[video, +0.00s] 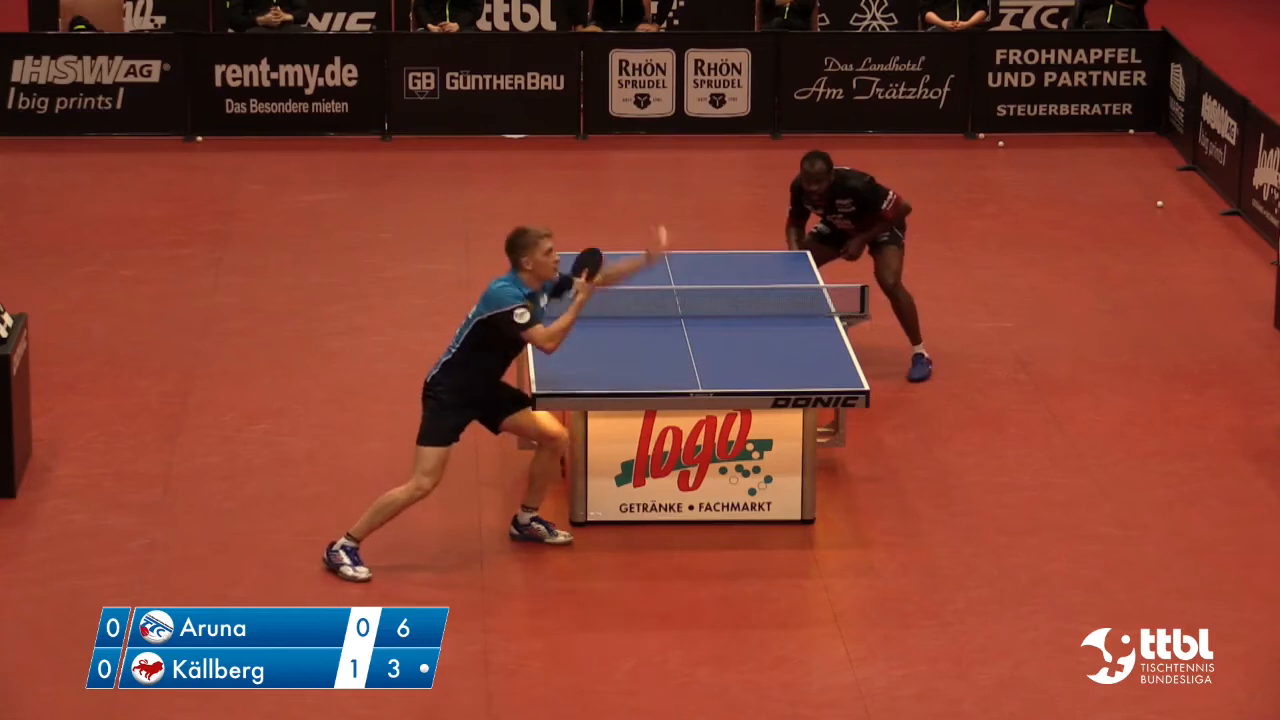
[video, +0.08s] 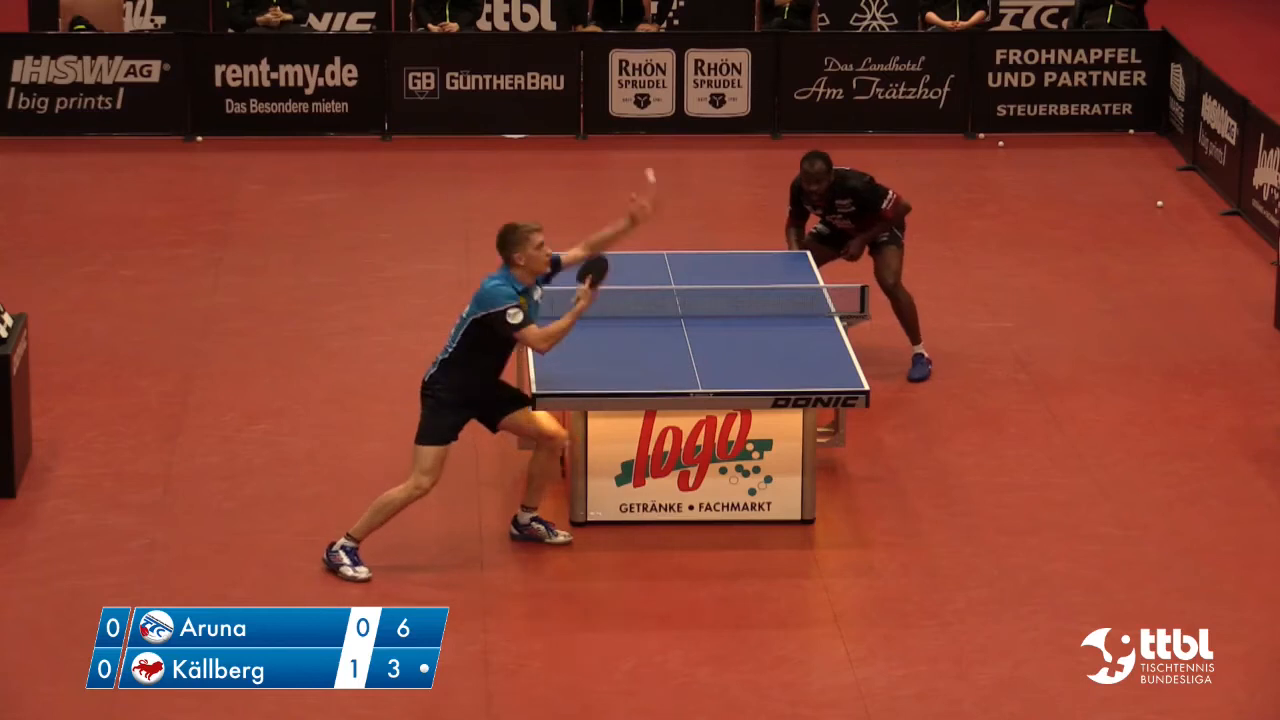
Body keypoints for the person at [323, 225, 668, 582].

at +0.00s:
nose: (556, 258)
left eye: (554, 252)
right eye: (548, 253)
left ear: (539, 259)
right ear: (525, 261)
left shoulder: (546, 284)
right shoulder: (505, 295)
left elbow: (600, 278)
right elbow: (547, 341)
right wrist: (581, 299)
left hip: (486, 389)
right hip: (448, 390)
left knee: (555, 437)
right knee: (422, 484)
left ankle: (526, 519)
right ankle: (345, 546)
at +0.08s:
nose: (550, 253)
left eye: (546, 246)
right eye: (542, 249)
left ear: (525, 255)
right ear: (519, 259)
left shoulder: (534, 272)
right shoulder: (499, 294)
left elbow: (585, 251)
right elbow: (541, 342)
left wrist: (629, 223)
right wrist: (579, 308)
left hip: (484, 387)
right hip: (447, 389)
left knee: (553, 437)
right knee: (421, 482)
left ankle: (527, 520)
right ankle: (344, 547)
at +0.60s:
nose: (513, 238)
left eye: (508, 231)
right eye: (503, 235)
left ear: (491, 247)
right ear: (482, 248)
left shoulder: (492, 272)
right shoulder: (444, 281)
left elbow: (508, 266)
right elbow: (379, 301)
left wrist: (545, 264)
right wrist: (386, 349)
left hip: (463, 377)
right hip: (422, 381)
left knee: (516, 435)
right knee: (400, 473)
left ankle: (523, 520)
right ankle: (339, 549)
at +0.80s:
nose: (544, 270)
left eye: (543, 263)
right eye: (539, 264)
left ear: (517, 269)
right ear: (516, 270)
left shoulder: (510, 296)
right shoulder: (466, 288)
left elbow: (493, 321)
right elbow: (406, 312)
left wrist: (520, 342)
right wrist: (450, 325)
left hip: (448, 371)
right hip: (412, 372)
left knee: (510, 417)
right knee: (395, 472)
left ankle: (495, 505)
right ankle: (339, 548)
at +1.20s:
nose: (582, 287)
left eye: (582, 282)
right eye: (581, 282)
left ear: (545, 280)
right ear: (576, 283)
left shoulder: (513, 302)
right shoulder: (573, 310)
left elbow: (450, 317)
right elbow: (632, 319)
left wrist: (455, 358)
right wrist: (661, 298)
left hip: (460, 389)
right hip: (496, 395)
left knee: (499, 441)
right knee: (571, 462)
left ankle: (484, 527)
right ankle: (523, 537)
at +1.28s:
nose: (584, 280)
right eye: (583, 276)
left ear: (546, 277)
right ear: (579, 279)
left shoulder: (517, 300)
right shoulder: (584, 311)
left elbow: (460, 332)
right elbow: (648, 336)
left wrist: (470, 366)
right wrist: (664, 316)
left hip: (479, 390)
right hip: (523, 394)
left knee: (478, 446)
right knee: (594, 464)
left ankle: (471, 528)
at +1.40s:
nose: (585, 289)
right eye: (586, 285)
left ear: (550, 287)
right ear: (583, 291)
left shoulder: (520, 318)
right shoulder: (594, 326)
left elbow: (482, 366)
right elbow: (652, 369)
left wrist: (505, 369)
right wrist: (662, 350)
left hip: (514, 423)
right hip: (564, 426)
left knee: (469, 456)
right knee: (627, 485)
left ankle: (436, 540)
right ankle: (658, 573)